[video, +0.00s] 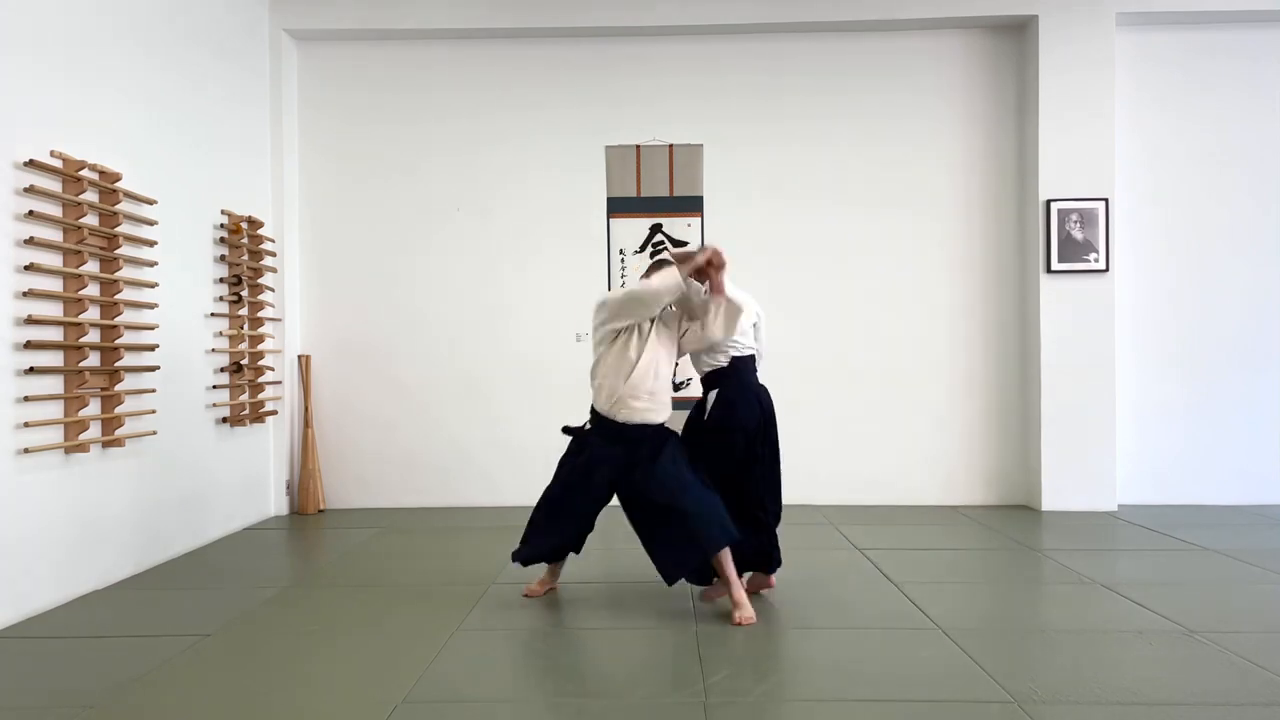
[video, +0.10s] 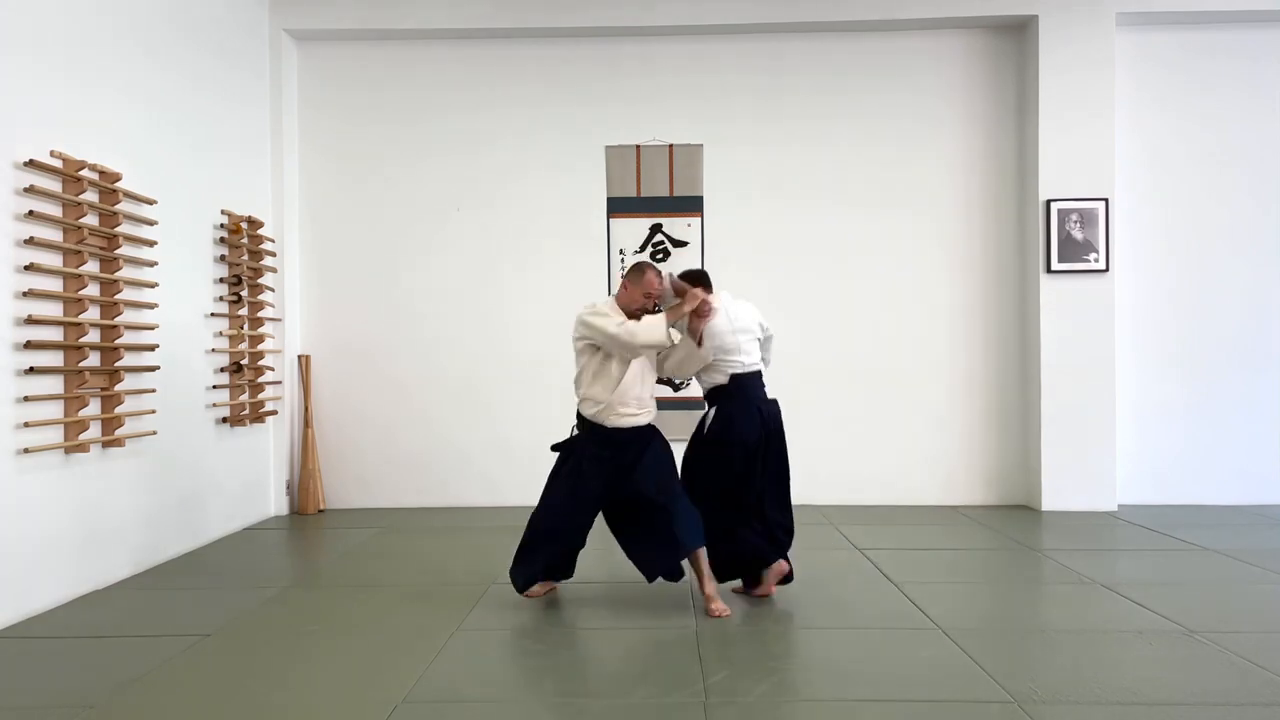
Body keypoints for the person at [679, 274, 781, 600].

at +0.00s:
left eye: (667, 278)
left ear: (686, 276)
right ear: (715, 271)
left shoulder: (689, 310)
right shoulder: (746, 303)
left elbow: (671, 349)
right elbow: (757, 354)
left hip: (721, 397)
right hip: (756, 394)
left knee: (697, 478)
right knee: (757, 480)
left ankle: (725, 572)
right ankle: (763, 568)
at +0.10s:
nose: (675, 306)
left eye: (677, 299)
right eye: (674, 299)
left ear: (690, 294)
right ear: (709, 288)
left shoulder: (693, 323)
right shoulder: (743, 308)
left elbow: (671, 368)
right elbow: (767, 342)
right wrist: (756, 366)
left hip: (728, 411)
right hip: (763, 407)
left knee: (698, 487)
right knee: (756, 489)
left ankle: (771, 560)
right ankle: (759, 579)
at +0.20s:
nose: (680, 334)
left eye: (679, 330)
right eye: (679, 330)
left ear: (684, 327)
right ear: (711, 317)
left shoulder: (685, 352)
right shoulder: (746, 338)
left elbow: (673, 385)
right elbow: (773, 383)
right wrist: (738, 378)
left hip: (728, 443)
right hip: (765, 435)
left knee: (717, 518)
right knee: (772, 509)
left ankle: (793, 567)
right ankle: (767, 588)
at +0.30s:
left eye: (681, 364)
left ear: (682, 363)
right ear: (712, 355)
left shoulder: (678, 391)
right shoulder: (739, 374)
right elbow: (779, 415)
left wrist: (663, 361)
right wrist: (751, 408)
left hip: (727, 481)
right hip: (765, 470)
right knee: (786, 534)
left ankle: (808, 591)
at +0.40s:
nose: (724, 408)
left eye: (724, 405)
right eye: (725, 403)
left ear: (688, 401)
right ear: (718, 401)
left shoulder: (669, 434)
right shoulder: (730, 420)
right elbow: (786, 461)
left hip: (722, 526)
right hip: (763, 513)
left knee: (717, 600)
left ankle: (806, 600)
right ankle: (808, 596)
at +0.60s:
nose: (704, 522)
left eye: (703, 516)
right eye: (701, 517)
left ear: (661, 516)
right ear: (683, 522)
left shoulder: (649, 548)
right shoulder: (689, 562)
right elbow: (755, 581)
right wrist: (791, 549)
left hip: (709, 621)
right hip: (751, 621)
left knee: (766, 506)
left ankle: (808, 607)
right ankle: (847, 503)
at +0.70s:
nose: (662, 552)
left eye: (654, 551)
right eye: (655, 557)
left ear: (641, 574)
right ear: (646, 583)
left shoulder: (636, 574)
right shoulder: (670, 626)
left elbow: (636, 518)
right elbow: (735, 618)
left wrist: (590, 547)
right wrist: (769, 557)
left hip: (723, 590)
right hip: (760, 618)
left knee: (742, 509)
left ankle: (788, 458)